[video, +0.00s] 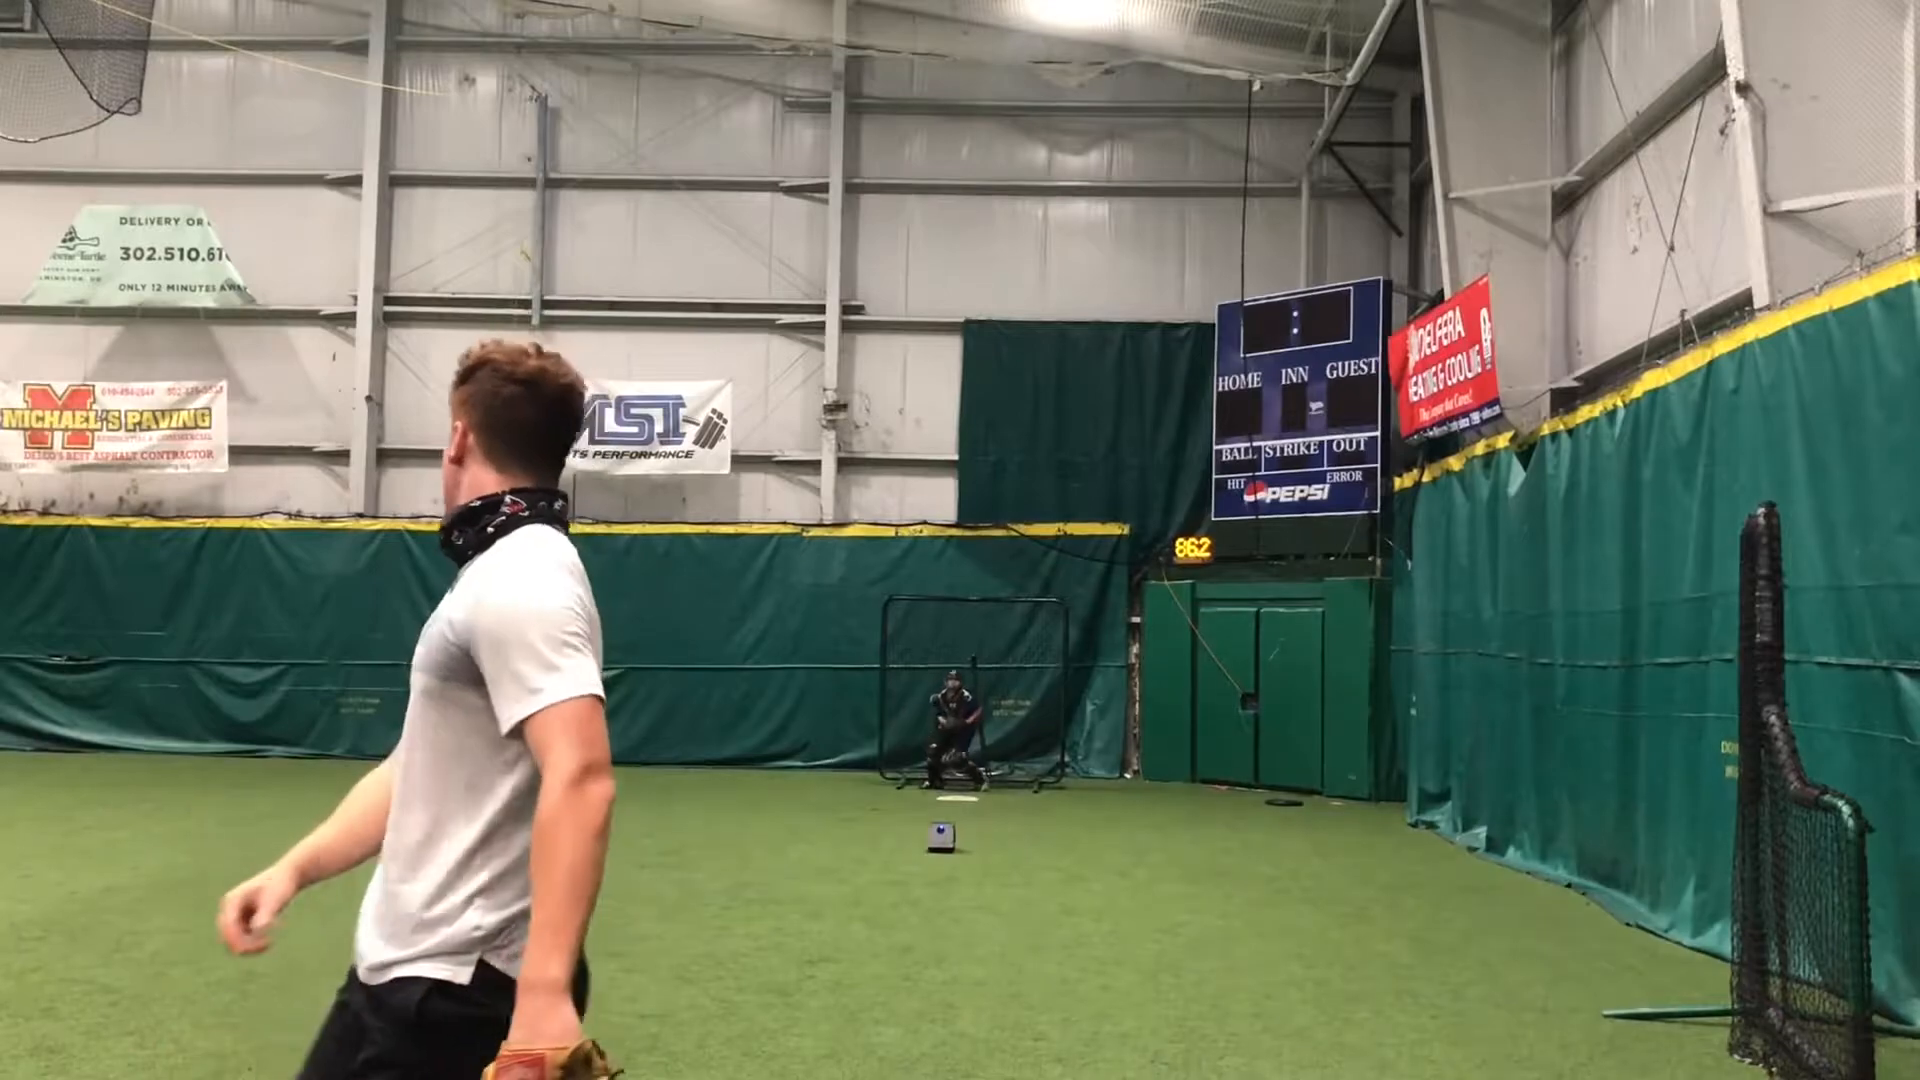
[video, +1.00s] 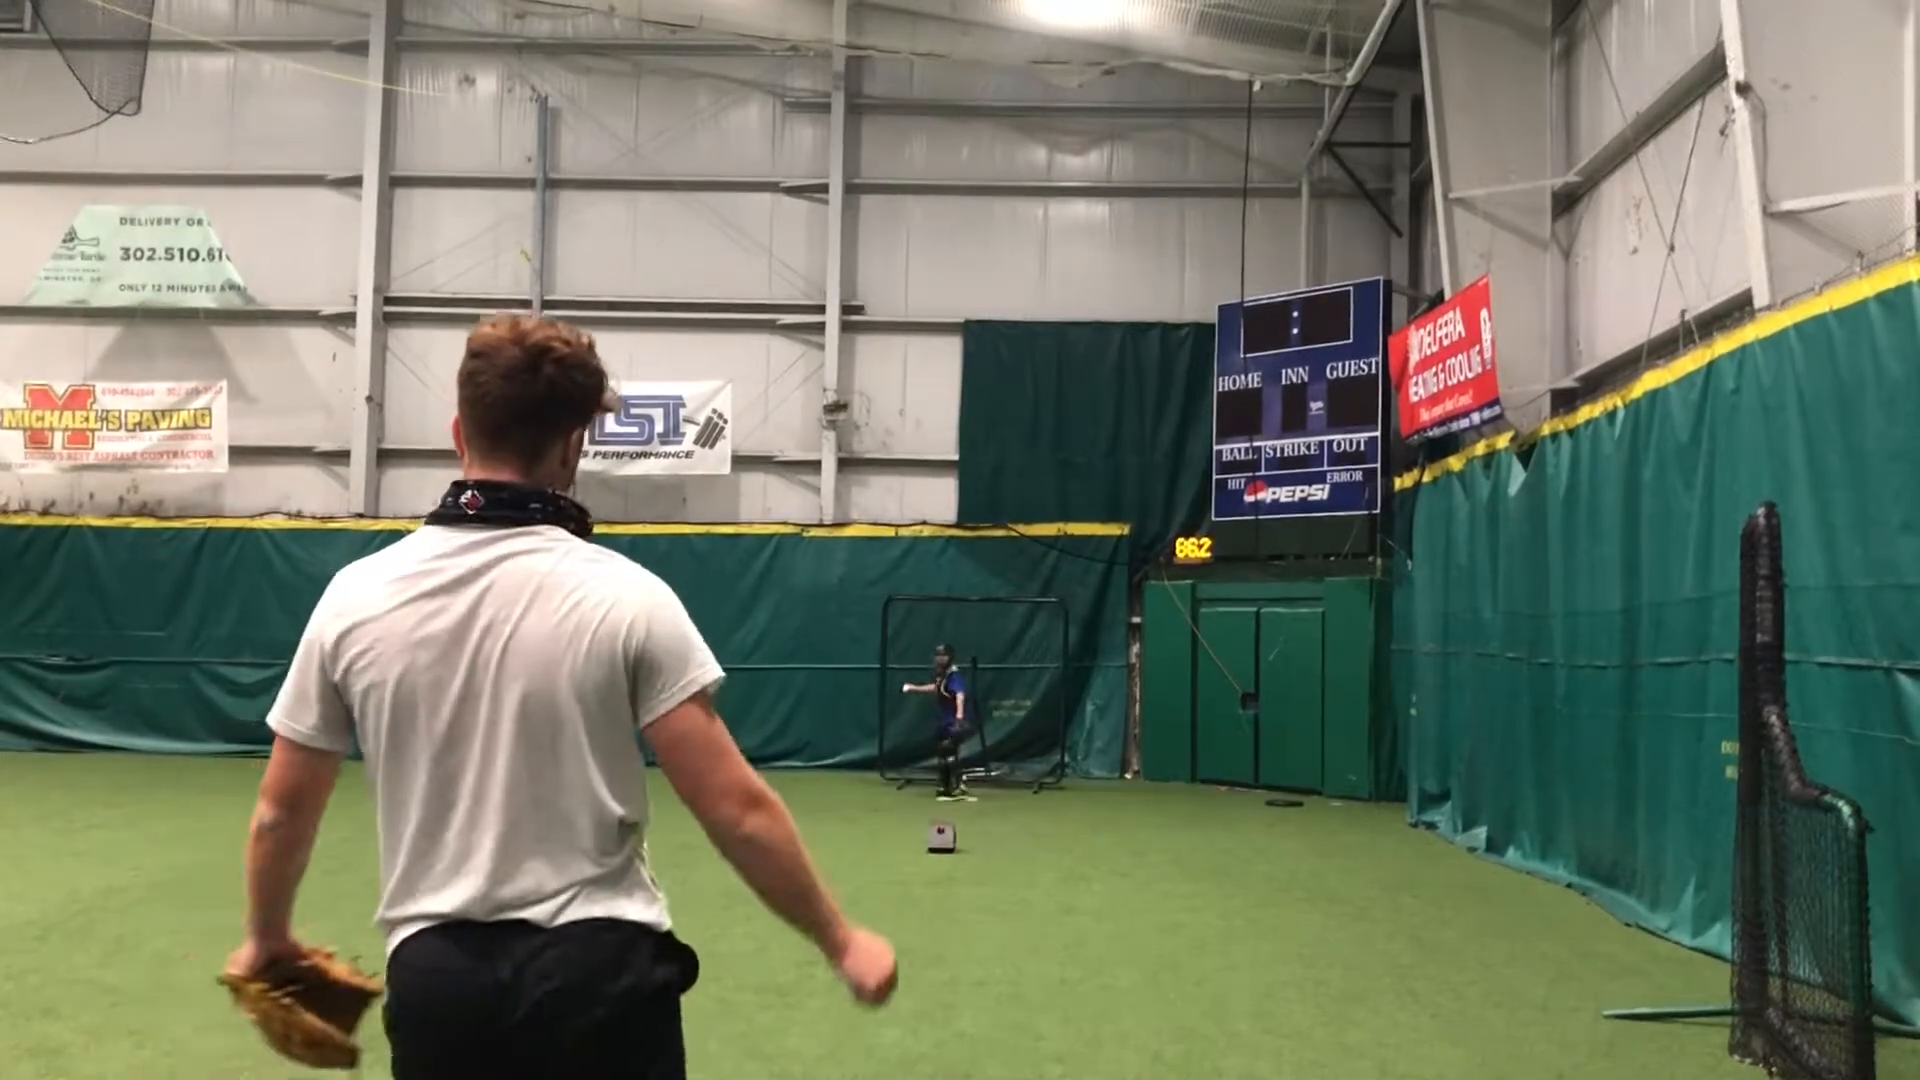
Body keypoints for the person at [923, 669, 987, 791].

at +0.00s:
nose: (953, 683)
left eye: (956, 680)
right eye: (950, 680)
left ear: (960, 683)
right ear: (946, 682)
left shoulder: (967, 697)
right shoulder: (939, 698)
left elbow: (978, 710)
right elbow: (937, 714)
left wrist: (969, 720)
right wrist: (943, 721)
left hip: (964, 729)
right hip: (945, 730)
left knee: (959, 757)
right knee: (933, 751)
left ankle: (980, 780)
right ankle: (934, 780)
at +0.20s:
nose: (962, 666)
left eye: (965, 663)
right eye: (960, 663)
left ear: (971, 665)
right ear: (956, 664)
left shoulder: (976, 680)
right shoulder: (947, 681)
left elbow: (986, 693)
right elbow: (944, 700)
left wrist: (978, 706)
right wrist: (950, 712)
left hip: (970, 718)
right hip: (951, 719)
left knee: (970, 750)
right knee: (943, 748)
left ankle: (982, 779)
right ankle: (931, 776)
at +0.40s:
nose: (960, 665)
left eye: (963, 662)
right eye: (957, 661)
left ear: (970, 664)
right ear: (954, 663)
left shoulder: (977, 679)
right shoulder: (946, 679)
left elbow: (985, 698)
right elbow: (943, 697)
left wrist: (971, 706)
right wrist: (945, 705)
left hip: (972, 721)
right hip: (953, 721)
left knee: (974, 751)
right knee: (945, 750)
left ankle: (983, 780)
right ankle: (941, 779)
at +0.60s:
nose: (951, 665)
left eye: (954, 661)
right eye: (949, 661)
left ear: (960, 664)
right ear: (945, 664)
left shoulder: (968, 681)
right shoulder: (937, 683)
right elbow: (934, 702)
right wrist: (959, 706)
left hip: (967, 722)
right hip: (947, 723)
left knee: (971, 752)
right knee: (947, 755)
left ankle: (981, 780)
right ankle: (945, 785)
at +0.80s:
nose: (944, 660)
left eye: (947, 656)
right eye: (941, 656)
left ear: (954, 658)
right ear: (938, 659)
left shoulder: (960, 675)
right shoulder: (934, 677)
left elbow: (961, 695)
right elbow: (934, 699)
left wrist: (944, 709)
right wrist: (920, 712)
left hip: (960, 718)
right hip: (942, 718)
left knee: (960, 750)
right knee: (943, 752)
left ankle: (965, 780)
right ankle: (944, 786)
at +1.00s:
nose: (939, 659)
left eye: (943, 656)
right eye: (937, 656)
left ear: (950, 658)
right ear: (936, 658)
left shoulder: (955, 676)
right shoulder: (942, 675)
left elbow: (960, 696)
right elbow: (934, 688)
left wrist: (959, 716)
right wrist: (913, 688)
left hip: (954, 719)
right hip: (944, 719)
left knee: (949, 751)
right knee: (943, 751)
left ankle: (953, 786)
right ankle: (946, 785)